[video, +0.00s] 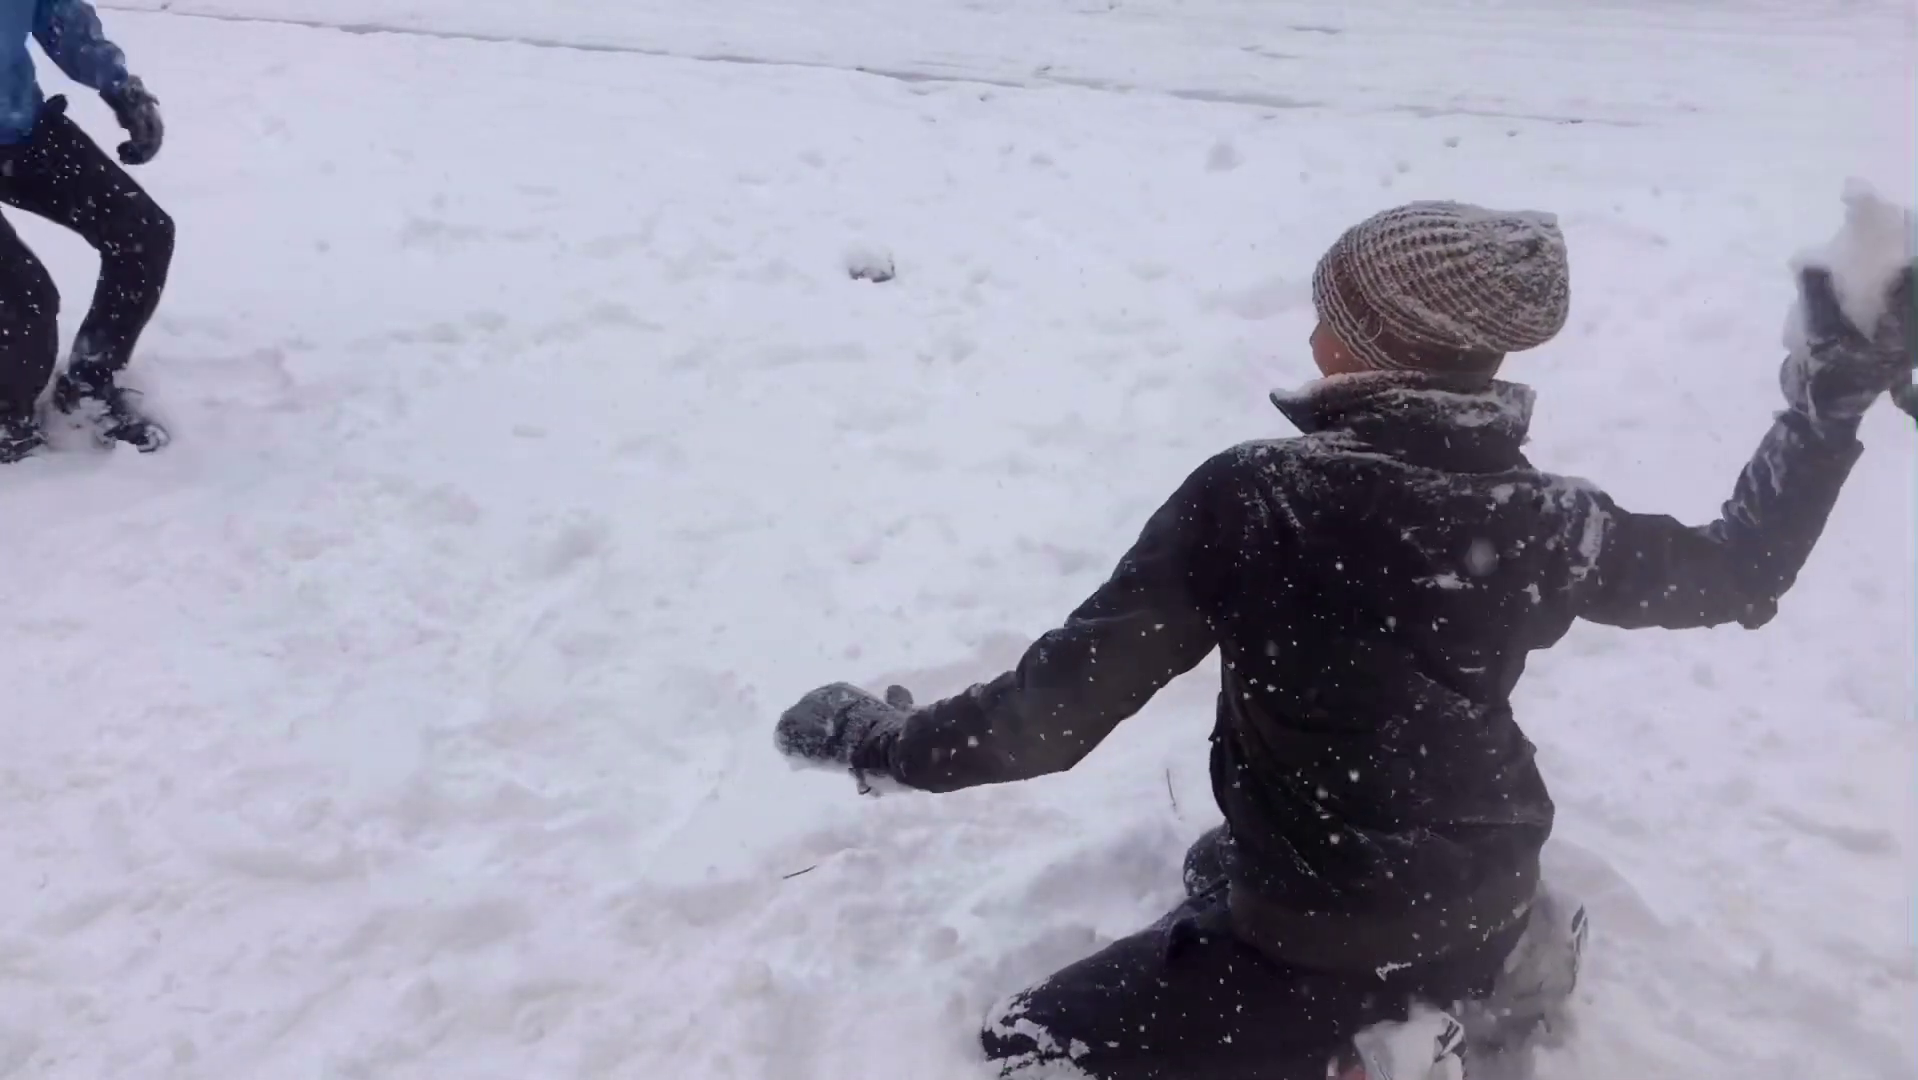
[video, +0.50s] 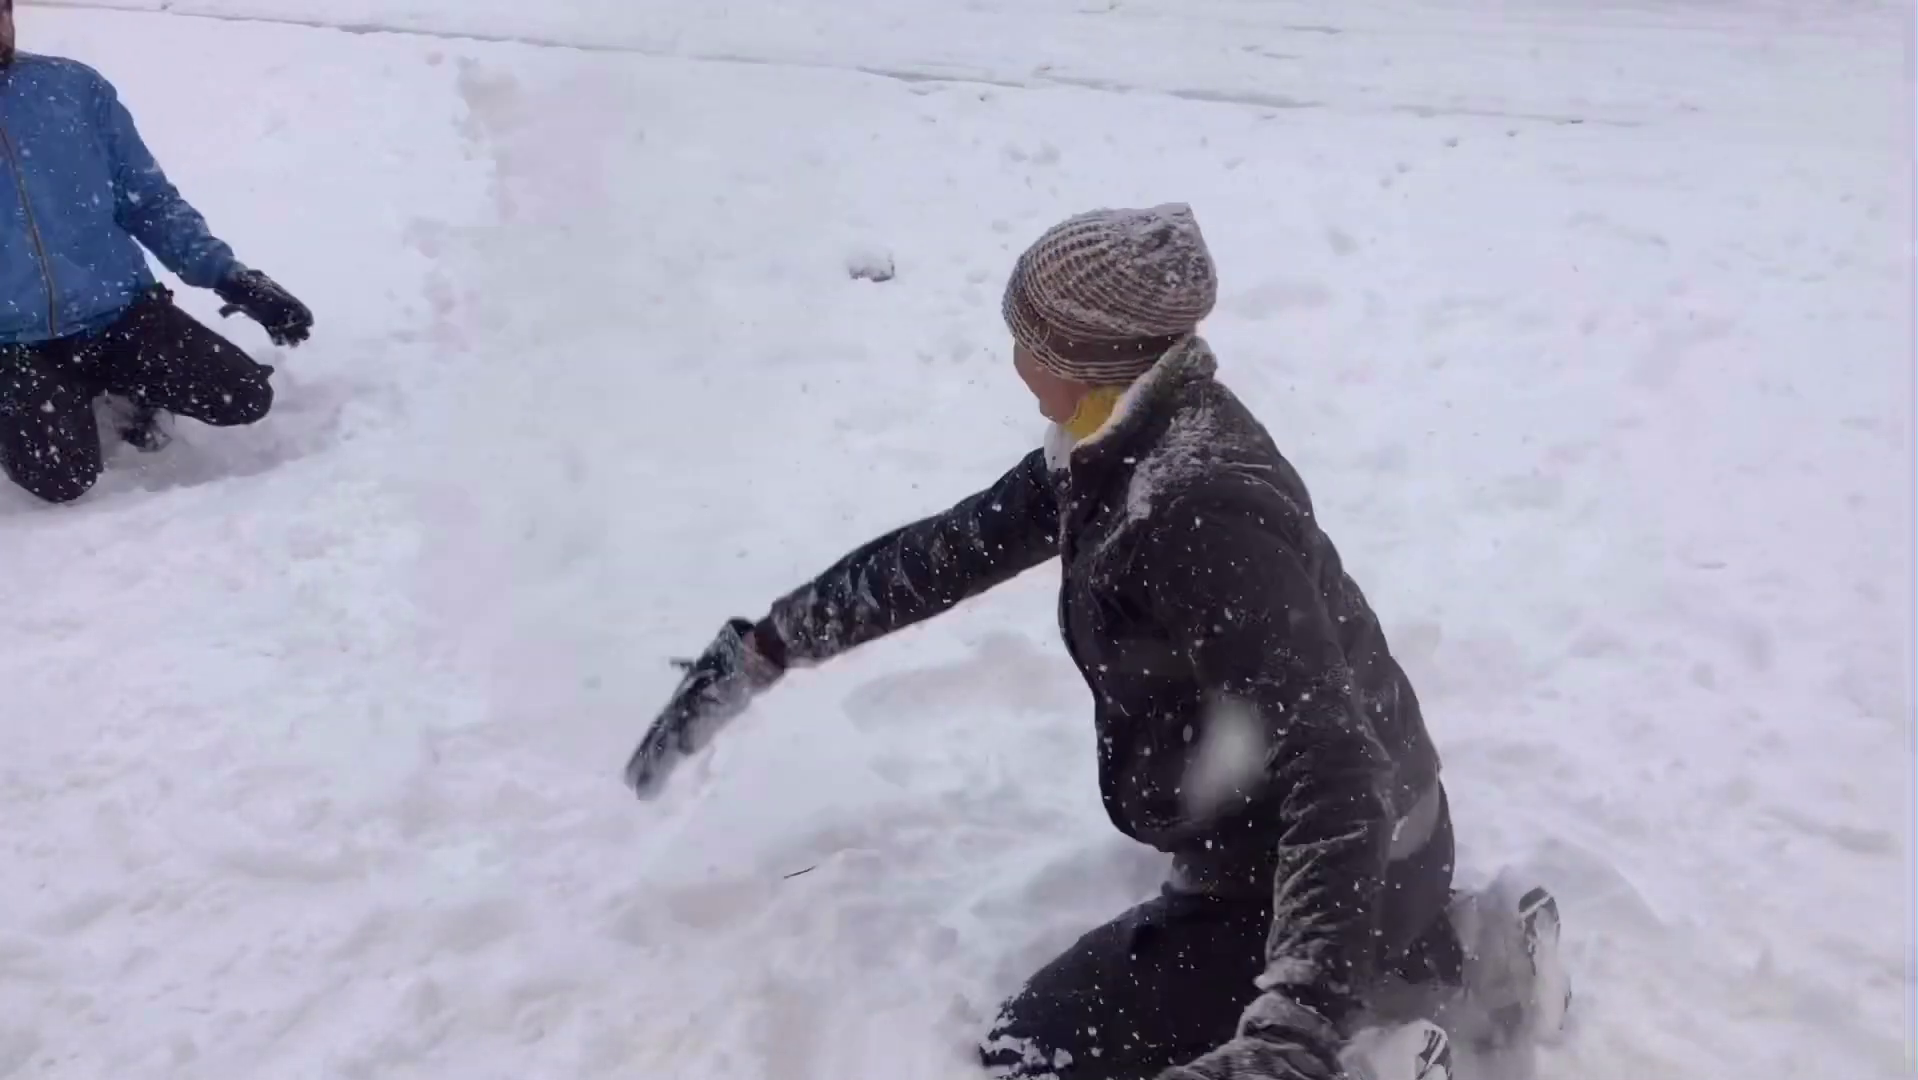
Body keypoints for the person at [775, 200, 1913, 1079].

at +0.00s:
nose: (1312, 343)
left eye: (1330, 326)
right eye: (1325, 316)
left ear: (1377, 355)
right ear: (1467, 365)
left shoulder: (1252, 502)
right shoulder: (1534, 520)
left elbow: (1048, 715)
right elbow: (1743, 571)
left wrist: (884, 737)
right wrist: (1838, 380)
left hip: (1301, 945)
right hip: (1486, 913)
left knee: (1023, 1043)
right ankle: (1505, 974)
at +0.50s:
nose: (1023, 371)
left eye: (1032, 349)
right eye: (1024, 347)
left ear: (1082, 364)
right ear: (1133, 352)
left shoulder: (1207, 503)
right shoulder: (1119, 454)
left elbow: (1340, 768)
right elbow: (944, 556)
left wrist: (1300, 1024)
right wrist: (764, 647)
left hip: (1308, 897)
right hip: (1281, 846)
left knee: (1037, 1047)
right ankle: (1449, 955)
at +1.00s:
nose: (913, 482)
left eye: (924, 461)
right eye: (912, 459)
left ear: (984, 463)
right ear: (1034, 447)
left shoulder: (1072, 568)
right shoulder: (1071, 546)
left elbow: (1203, 787)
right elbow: (926, 730)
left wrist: (1251, 1023)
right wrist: (756, 812)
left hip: (1327, 915)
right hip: (1407, 856)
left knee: (1037, 1043)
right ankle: (1464, 953)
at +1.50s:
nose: (866, 520)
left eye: (875, 497)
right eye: (863, 494)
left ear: (928, 502)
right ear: (989, 472)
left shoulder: (977, 635)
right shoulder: (1071, 536)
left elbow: (885, 865)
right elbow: (1226, 672)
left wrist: (721, 1014)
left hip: (1309, 917)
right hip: (1408, 838)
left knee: (1018, 1049)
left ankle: (1343, 1033)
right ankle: (1461, 941)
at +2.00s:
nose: (861, 592)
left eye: (866, 564)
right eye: (847, 569)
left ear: (941, 526)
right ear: (954, 493)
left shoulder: (1056, 659)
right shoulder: (1047, 478)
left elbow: (1034, 841)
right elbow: (1011, 724)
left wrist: (924, 923)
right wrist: (924, 843)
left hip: (1303, 906)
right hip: (1382, 785)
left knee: (1024, 1039)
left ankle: (1332, 1053)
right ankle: (1461, 925)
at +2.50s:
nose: (1112, 685)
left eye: (1137, 646)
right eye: (1086, 652)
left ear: (1205, 584)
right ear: (1057, 598)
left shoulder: (1345, 716)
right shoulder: (1118, 558)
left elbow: (1322, 990)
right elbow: (1036, 733)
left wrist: (1080, 1043)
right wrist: (994, 939)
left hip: (1352, 989)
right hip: (1229, 894)